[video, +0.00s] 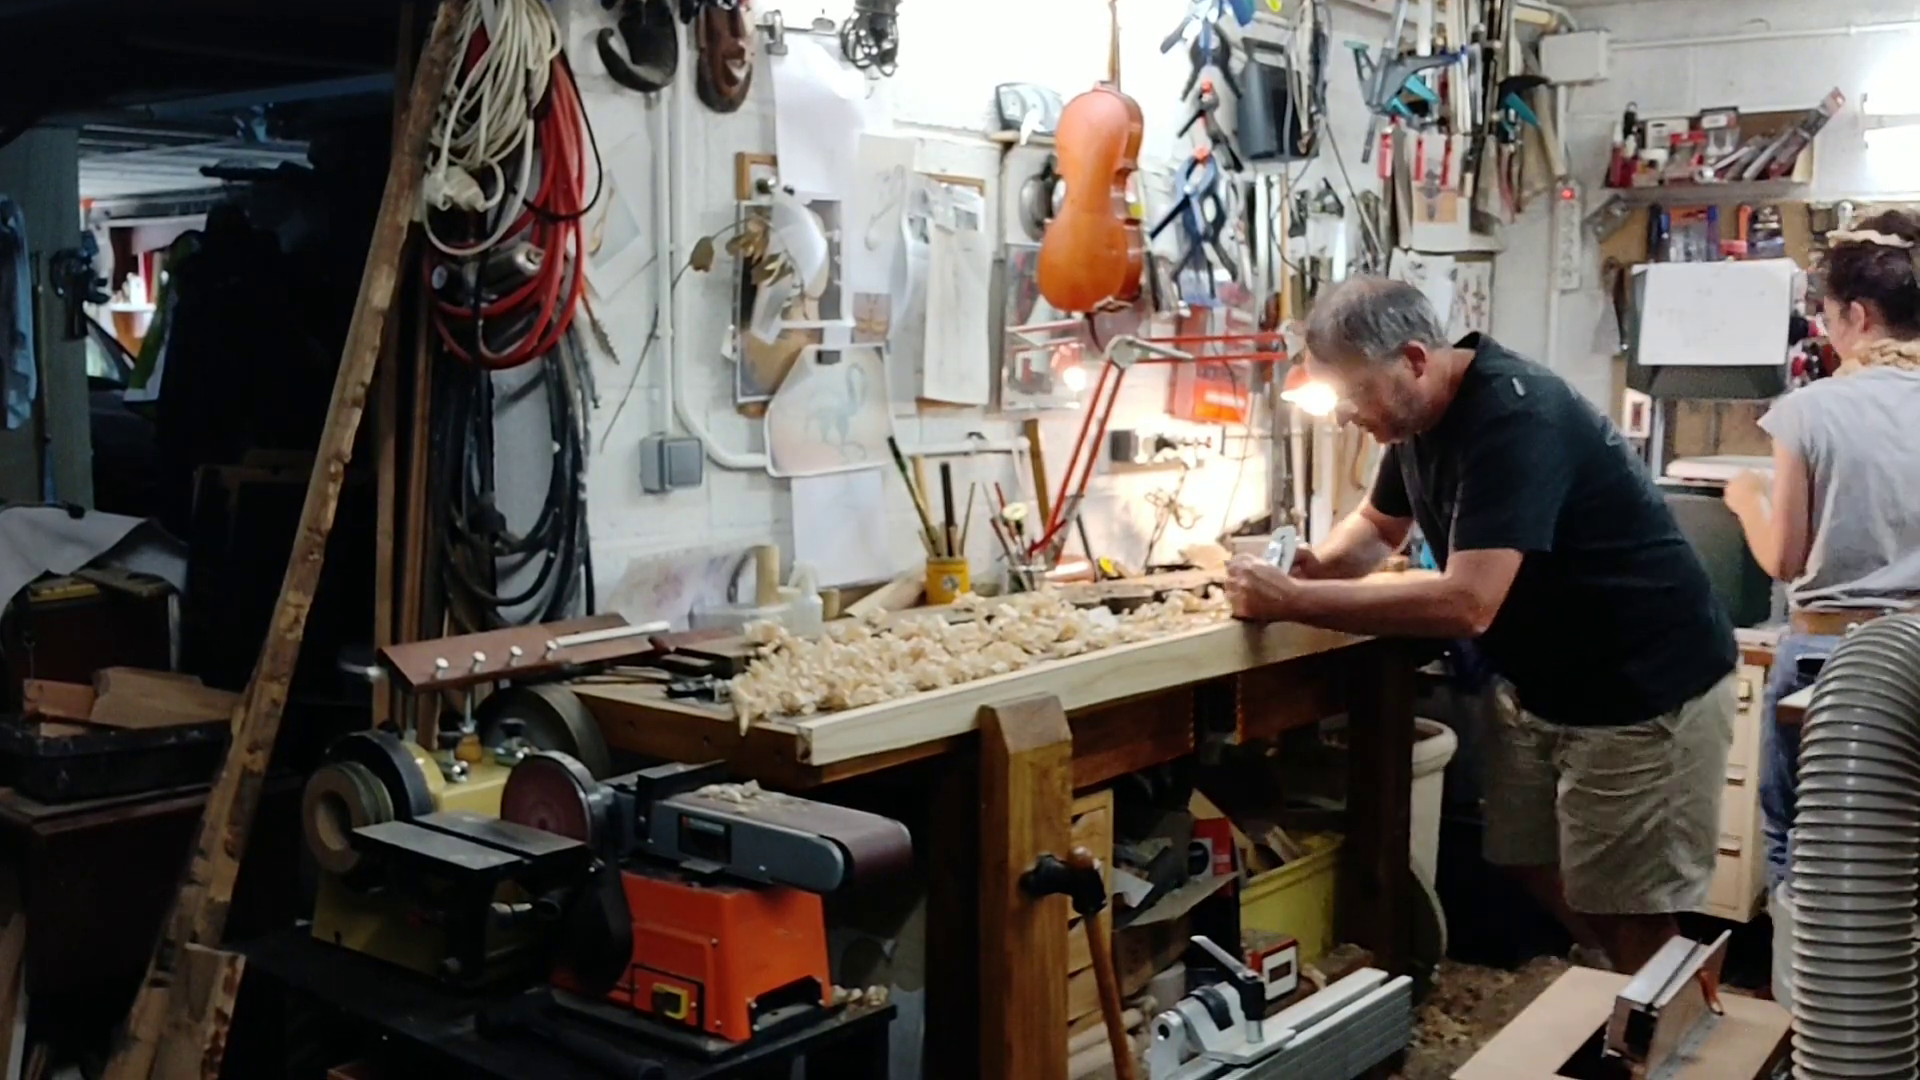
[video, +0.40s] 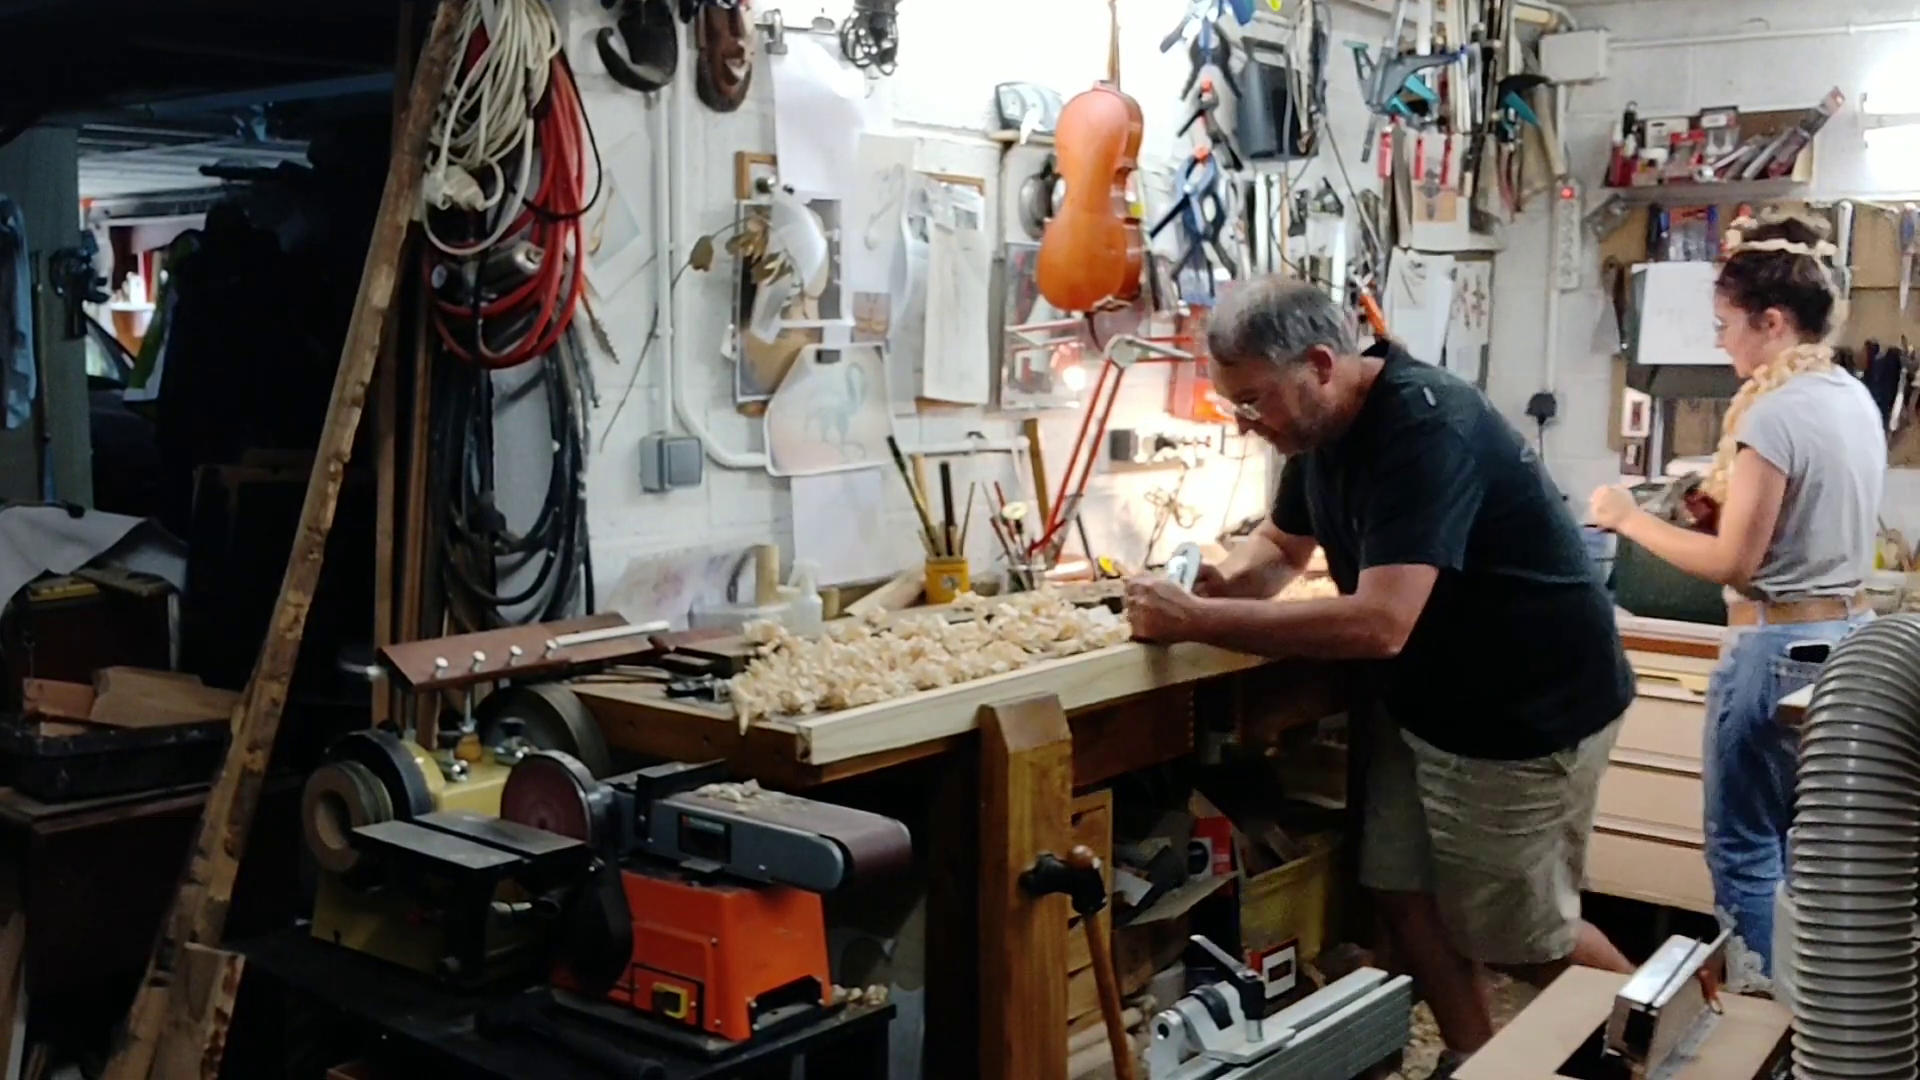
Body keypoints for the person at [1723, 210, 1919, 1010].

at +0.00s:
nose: (1820, 332)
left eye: (1824, 316)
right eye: (1819, 317)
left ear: (1858, 314)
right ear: (1906, 312)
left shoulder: (1811, 407)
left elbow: (1784, 560)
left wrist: (1746, 501)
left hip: (1827, 646)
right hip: (1915, 643)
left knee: (1792, 822)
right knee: (1901, 823)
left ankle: (1803, 998)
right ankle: (1890, 997)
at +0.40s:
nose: (1718, 340)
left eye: (1723, 324)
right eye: (1717, 323)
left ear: (1773, 322)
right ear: (1788, 320)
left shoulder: (1773, 412)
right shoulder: (1856, 399)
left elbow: (1731, 560)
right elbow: (1832, 525)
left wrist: (1629, 518)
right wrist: (1733, 509)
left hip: (1775, 646)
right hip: (1850, 635)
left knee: (1745, 850)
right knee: (1818, 840)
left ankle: (1764, 1021)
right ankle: (1821, 1009)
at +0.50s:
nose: (1694, 341)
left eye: (1699, 323)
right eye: (1692, 324)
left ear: (1750, 319)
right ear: (1763, 317)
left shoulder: (1764, 411)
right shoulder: (1816, 392)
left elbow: (1700, 554)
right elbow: (1778, 507)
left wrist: (1590, 520)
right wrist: (1684, 504)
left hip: (1770, 638)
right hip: (1825, 625)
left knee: (1730, 831)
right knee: (1791, 818)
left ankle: (1750, 997)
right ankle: (1807, 978)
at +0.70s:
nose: (1650, 342)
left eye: (1658, 326)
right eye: (1648, 327)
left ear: (1711, 322)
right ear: (1709, 321)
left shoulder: (1746, 404)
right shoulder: (1718, 398)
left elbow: (1659, 548)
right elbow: (1681, 507)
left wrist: (1540, 538)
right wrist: (1608, 509)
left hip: (1763, 636)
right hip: (1732, 631)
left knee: (1716, 821)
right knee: (1671, 800)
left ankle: (1756, 995)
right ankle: (1694, 963)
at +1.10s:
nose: (1586, 346)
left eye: (1597, 330)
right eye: (1580, 331)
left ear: (1653, 324)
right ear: (1584, 328)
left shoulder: (1687, 408)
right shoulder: (1620, 406)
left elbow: (1643, 548)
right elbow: (1620, 508)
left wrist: (1524, 550)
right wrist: (1558, 511)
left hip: (1703, 627)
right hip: (1640, 625)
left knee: (1654, 806)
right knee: (1627, 806)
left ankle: (1738, 976)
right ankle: (1661, 972)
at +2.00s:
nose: (1527, 389)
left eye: (1542, 374)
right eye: (1520, 372)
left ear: (1596, 361)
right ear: (1515, 354)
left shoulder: (1640, 436)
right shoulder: (1554, 423)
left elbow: (1581, 572)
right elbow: (1498, 504)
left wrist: (1456, 563)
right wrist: (1439, 534)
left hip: (1679, 651)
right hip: (1610, 651)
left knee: (1619, 833)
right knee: (1628, 830)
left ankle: (1659, 1001)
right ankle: (1687, 978)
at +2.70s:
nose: (1497, 396)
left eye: (1509, 382)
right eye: (1492, 381)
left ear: (1548, 379)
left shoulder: (1596, 453)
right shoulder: (1508, 453)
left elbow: (1536, 563)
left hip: (1646, 693)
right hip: (1559, 687)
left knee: (1612, 883)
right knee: (1533, 869)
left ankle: (1679, 1015)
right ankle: (1607, 1002)